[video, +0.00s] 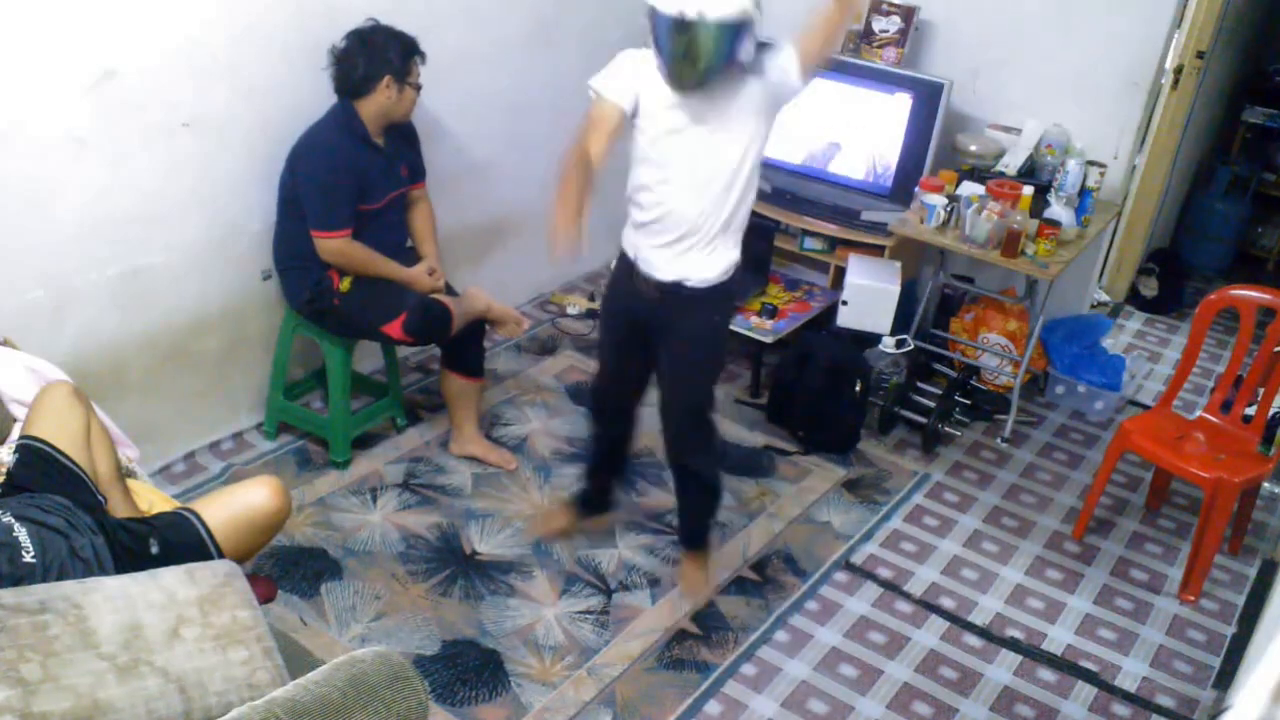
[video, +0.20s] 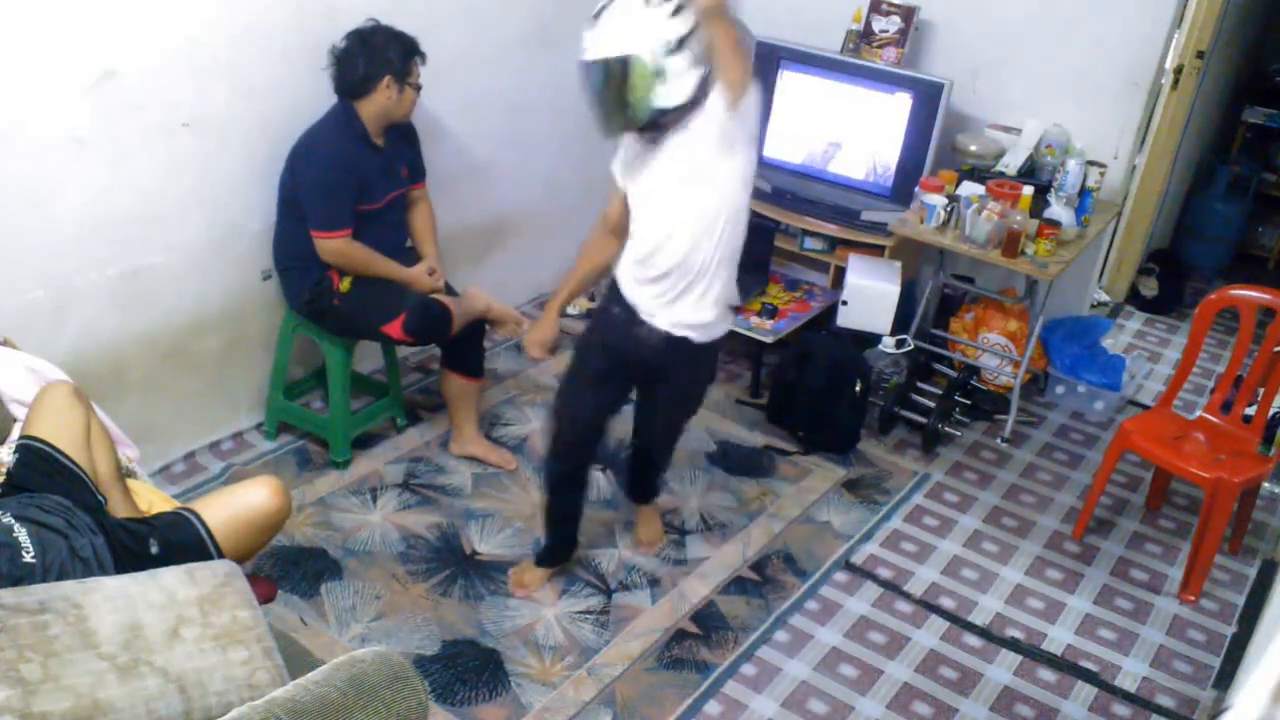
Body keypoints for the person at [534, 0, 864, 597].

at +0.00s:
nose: (693, 61)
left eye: (712, 46)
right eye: (681, 43)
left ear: (740, 38)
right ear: (663, 30)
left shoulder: (764, 81)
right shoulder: (637, 71)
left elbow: (835, 22)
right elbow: (588, 148)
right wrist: (570, 212)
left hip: (703, 291)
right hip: (635, 275)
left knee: (686, 422)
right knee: (611, 399)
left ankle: (694, 546)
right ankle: (592, 500)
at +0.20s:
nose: (627, 86)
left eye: (638, 68)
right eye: (617, 73)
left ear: (679, 61)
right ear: (614, 74)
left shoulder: (730, 114)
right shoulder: (638, 143)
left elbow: (718, 22)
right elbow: (610, 232)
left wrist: (695, 9)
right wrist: (555, 308)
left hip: (693, 336)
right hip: (624, 316)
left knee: (656, 444)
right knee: (568, 440)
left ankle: (643, 497)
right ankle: (556, 551)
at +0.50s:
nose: (624, 69)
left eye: (630, 57)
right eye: (618, 60)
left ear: (664, 53)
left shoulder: (712, 100)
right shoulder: (672, 110)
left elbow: (617, 50)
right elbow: (755, 181)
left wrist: (587, 15)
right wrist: (667, 180)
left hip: (741, 314)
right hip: (679, 305)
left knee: (760, 441)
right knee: (650, 448)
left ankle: (791, 535)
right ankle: (692, 571)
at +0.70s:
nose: (635, 112)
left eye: (637, 97)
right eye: (629, 99)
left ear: (671, 84)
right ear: (689, 72)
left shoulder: (731, 152)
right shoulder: (682, 138)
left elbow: (631, 228)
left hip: (738, 353)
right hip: (672, 347)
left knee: (798, 487)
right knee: (673, 480)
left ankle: (877, 628)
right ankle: (703, 595)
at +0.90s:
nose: (704, 87)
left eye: (724, 78)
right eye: (697, 69)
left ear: (759, 69)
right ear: (685, 45)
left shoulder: (774, 131)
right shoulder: (663, 57)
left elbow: (826, 238)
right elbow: (599, 10)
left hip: (732, 312)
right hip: (663, 304)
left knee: (727, 489)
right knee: (681, 475)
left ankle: (736, 679)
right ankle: (721, 623)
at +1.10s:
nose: (729, 146)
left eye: (751, 136)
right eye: (719, 127)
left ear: (775, 122)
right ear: (694, 97)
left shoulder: (777, 158)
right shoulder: (648, 120)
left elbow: (873, 159)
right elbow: (577, 51)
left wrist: (953, 128)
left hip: (716, 351)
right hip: (648, 348)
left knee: (663, 503)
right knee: (680, 503)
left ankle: (592, 687)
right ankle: (728, 645)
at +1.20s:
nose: (749, 109)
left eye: (765, 98)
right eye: (742, 89)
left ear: (777, 85)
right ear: (710, 57)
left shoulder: (758, 112)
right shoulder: (638, 77)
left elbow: (840, 106)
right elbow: (553, 11)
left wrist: (926, 73)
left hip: (694, 305)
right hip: (626, 299)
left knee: (633, 448)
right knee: (655, 450)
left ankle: (591, 596)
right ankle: (698, 594)